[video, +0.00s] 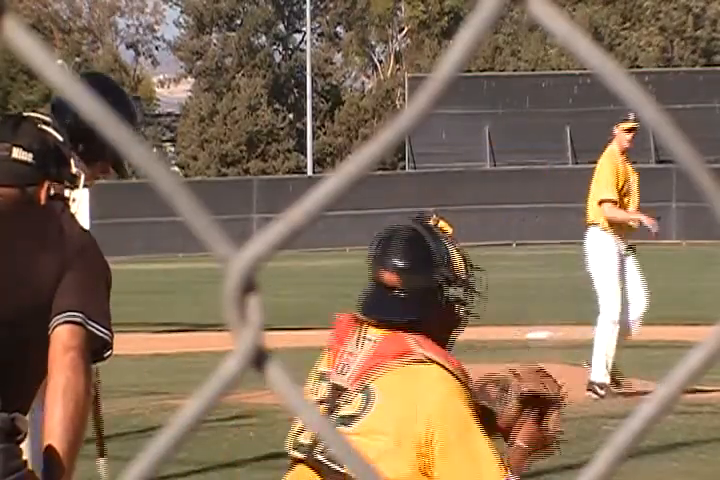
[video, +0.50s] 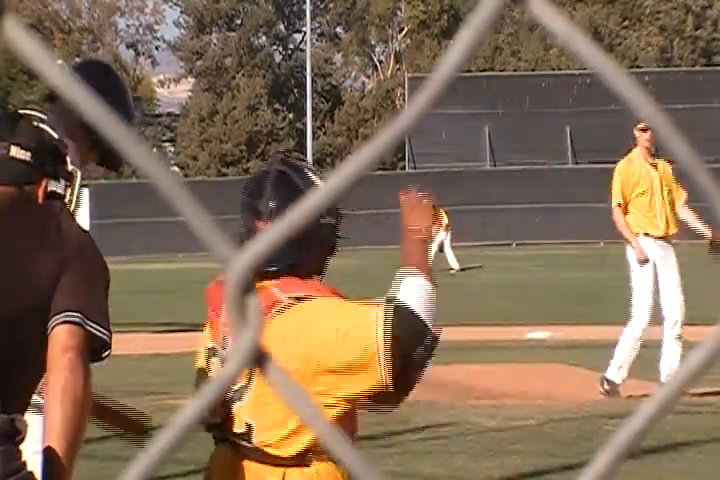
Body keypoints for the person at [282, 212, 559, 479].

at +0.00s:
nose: (459, 308)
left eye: (457, 294)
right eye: (452, 294)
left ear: (379, 291)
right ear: (434, 302)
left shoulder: (343, 349)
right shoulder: (435, 388)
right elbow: (481, 473)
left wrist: (476, 418)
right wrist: (522, 448)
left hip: (305, 468)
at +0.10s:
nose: (430, 291)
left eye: (429, 279)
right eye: (423, 278)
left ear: (347, 275)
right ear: (405, 286)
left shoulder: (316, 338)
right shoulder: (406, 376)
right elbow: (460, 474)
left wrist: (444, 379)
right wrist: (492, 417)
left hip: (281, 471)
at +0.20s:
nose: (400, 276)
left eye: (399, 264)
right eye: (394, 264)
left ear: (320, 263)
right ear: (374, 273)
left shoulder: (289, 322)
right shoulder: (381, 356)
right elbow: (442, 470)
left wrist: (421, 347)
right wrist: (469, 382)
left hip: (266, 468)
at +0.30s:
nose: (376, 259)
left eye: (375, 247)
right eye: (369, 247)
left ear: (293, 250)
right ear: (349, 256)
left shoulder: (262, 314)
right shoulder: (358, 345)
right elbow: (442, 437)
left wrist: (402, 327)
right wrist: (452, 339)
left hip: (250, 470)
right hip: (326, 473)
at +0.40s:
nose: (354, 244)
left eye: (353, 231)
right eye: (345, 232)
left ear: (278, 244)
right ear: (319, 243)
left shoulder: (245, 312)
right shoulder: (338, 334)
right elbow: (437, 387)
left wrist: (376, 332)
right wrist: (439, 295)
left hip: (237, 466)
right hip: (308, 471)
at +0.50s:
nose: (333, 242)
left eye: (332, 228)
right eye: (326, 228)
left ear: (258, 229)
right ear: (303, 236)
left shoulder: (230, 303)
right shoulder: (313, 320)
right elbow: (410, 336)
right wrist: (416, 238)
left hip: (229, 464)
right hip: (302, 470)